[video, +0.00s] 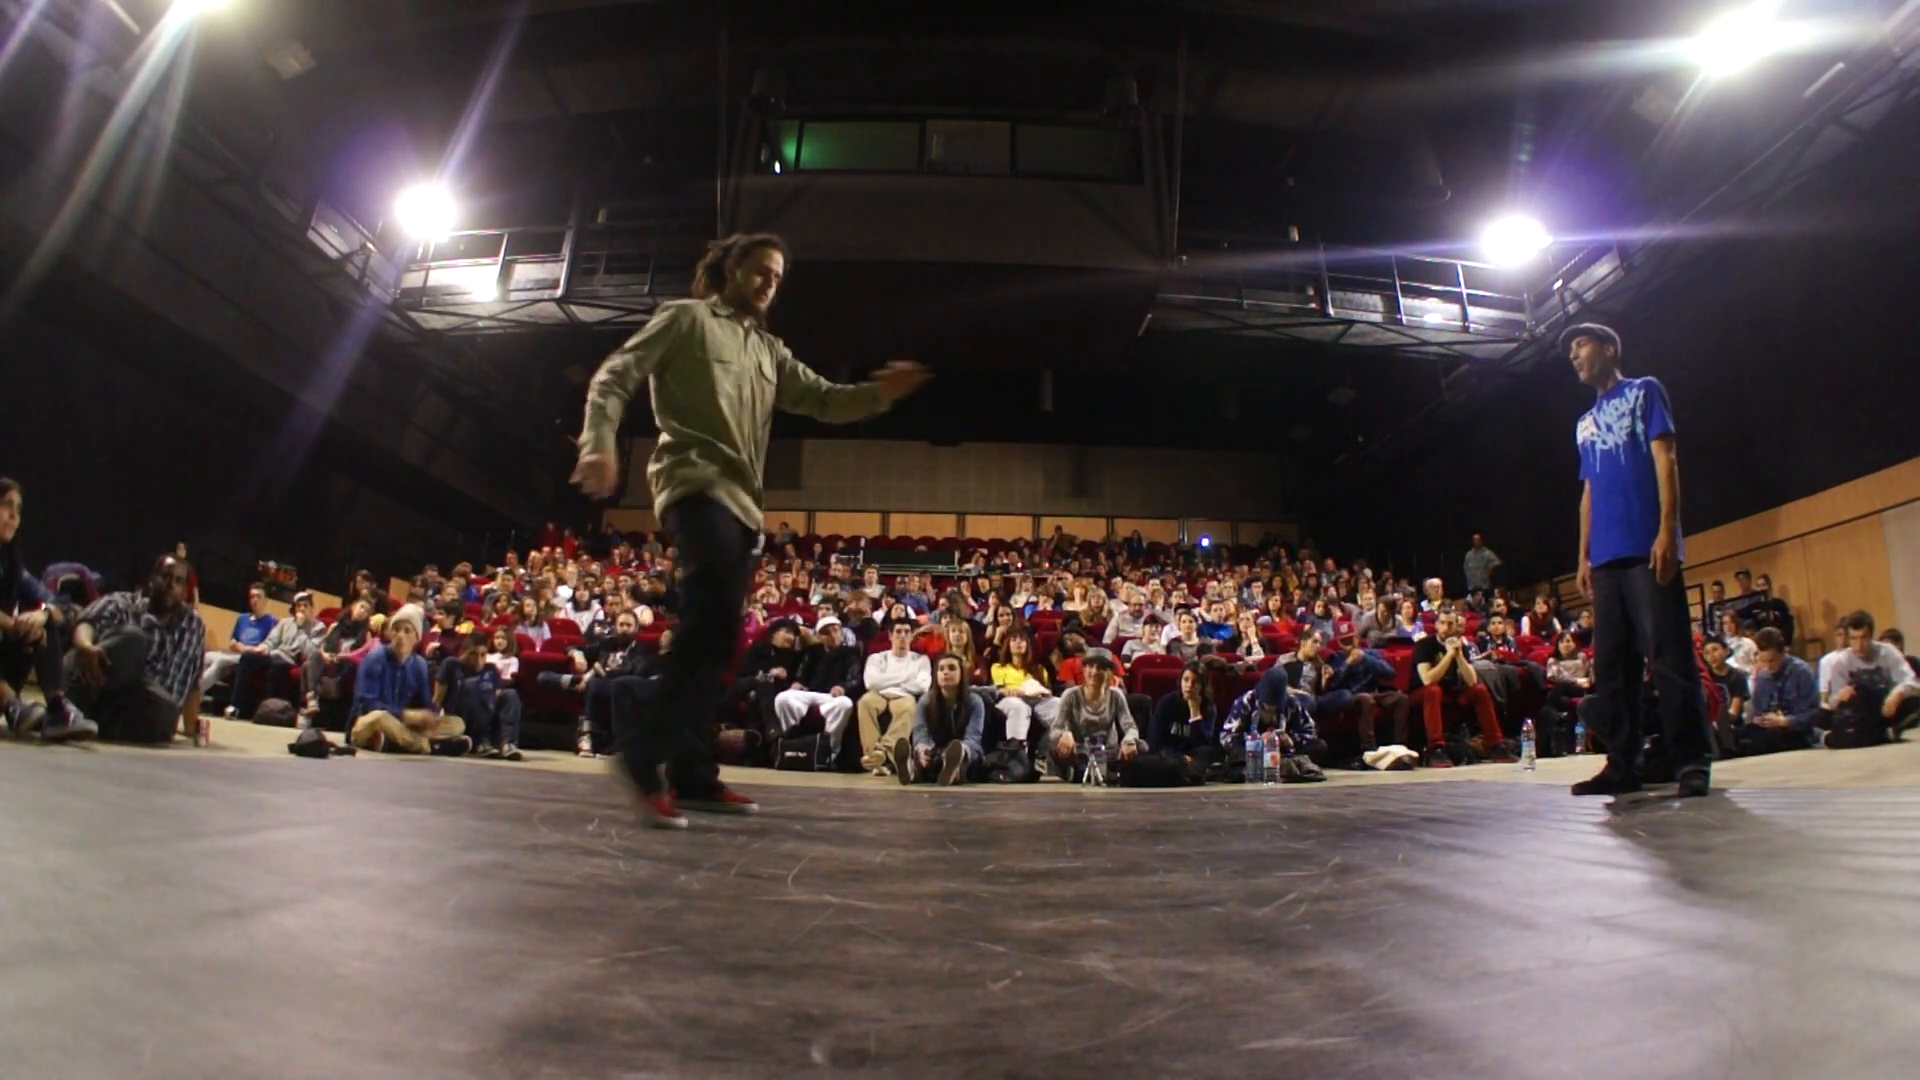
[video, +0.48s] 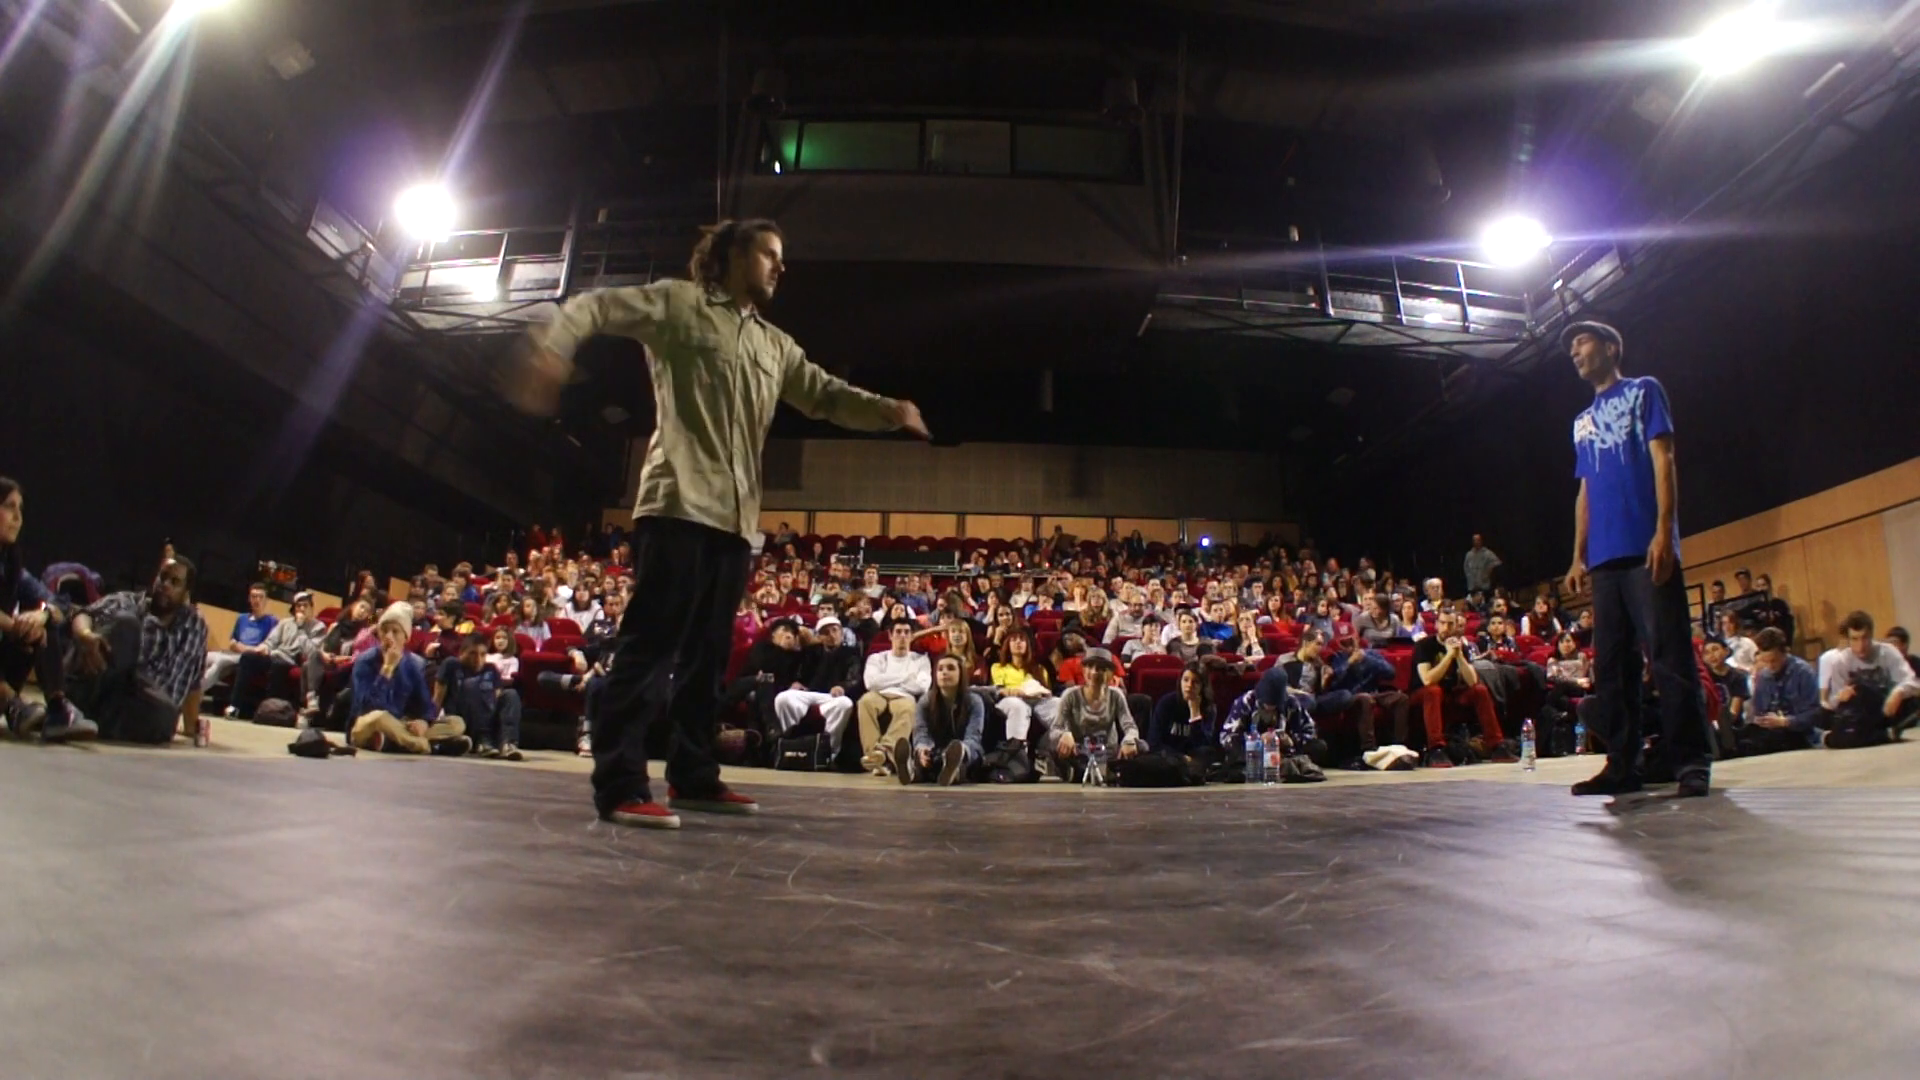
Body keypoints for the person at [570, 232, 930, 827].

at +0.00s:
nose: (771, 285)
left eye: (778, 280)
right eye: (762, 273)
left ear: (778, 290)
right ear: (730, 270)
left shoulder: (770, 350)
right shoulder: (687, 316)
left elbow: (824, 399)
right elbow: (615, 376)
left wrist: (883, 391)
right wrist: (598, 446)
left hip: (742, 503)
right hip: (695, 484)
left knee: (717, 637)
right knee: (710, 625)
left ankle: (695, 776)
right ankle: (646, 756)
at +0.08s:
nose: (769, 283)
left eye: (777, 277)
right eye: (761, 269)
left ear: (779, 286)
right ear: (728, 266)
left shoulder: (771, 344)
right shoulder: (678, 317)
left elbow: (813, 400)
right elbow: (601, 366)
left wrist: (844, 390)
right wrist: (616, 436)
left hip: (745, 510)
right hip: (686, 497)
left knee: (719, 647)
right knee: (671, 631)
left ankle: (695, 779)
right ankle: (619, 780)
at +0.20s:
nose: (767, 280)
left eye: (775, 274)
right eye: (759, 267)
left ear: (777, 282)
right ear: (726, 261)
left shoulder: (777, 346)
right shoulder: (671, 314)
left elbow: (821, 409)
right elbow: (602, 367)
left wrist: (833, 382)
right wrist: (642, 425)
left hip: (742, 517)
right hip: (678, 504)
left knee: (710, 653)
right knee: (640, 643)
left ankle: (695, 781)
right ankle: (616, 787)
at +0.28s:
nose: (766, 277)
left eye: (774, 271)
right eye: (758, 264)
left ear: (776, 281)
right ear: (726, 260)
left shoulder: (772, 345)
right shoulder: (676, 306)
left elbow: (810, 394)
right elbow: (630, 378)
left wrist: (842, 387)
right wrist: (639, 411)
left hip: (740, 515)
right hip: (677, 499)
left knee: (709, 650)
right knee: (646, 642)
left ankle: (694, 779)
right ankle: (617, 785)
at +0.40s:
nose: (777, 270)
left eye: (781, 263)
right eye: (768, 257)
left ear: (774, 273)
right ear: (731, 254)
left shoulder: (774, 344)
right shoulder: (682, 302)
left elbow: (815, 390)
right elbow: (597, 336)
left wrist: (856, 394)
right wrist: (598, 387)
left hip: (738, 515)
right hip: (677, 499)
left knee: (707, 651)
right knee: (648, 644)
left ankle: (694, 779)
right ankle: (620, 788)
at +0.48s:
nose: (778, 268)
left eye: (781, 261)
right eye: (769, 256)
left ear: (771, 271)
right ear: (732, 255)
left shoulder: (775, 342)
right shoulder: (683, 300)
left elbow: (824, 391)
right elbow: (592, 306)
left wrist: (890, 410)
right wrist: (553, 348)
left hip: (736, 513)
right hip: (677, 500)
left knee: (707, 653)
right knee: (651, 645)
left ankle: (694, 780)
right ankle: (619, 786)